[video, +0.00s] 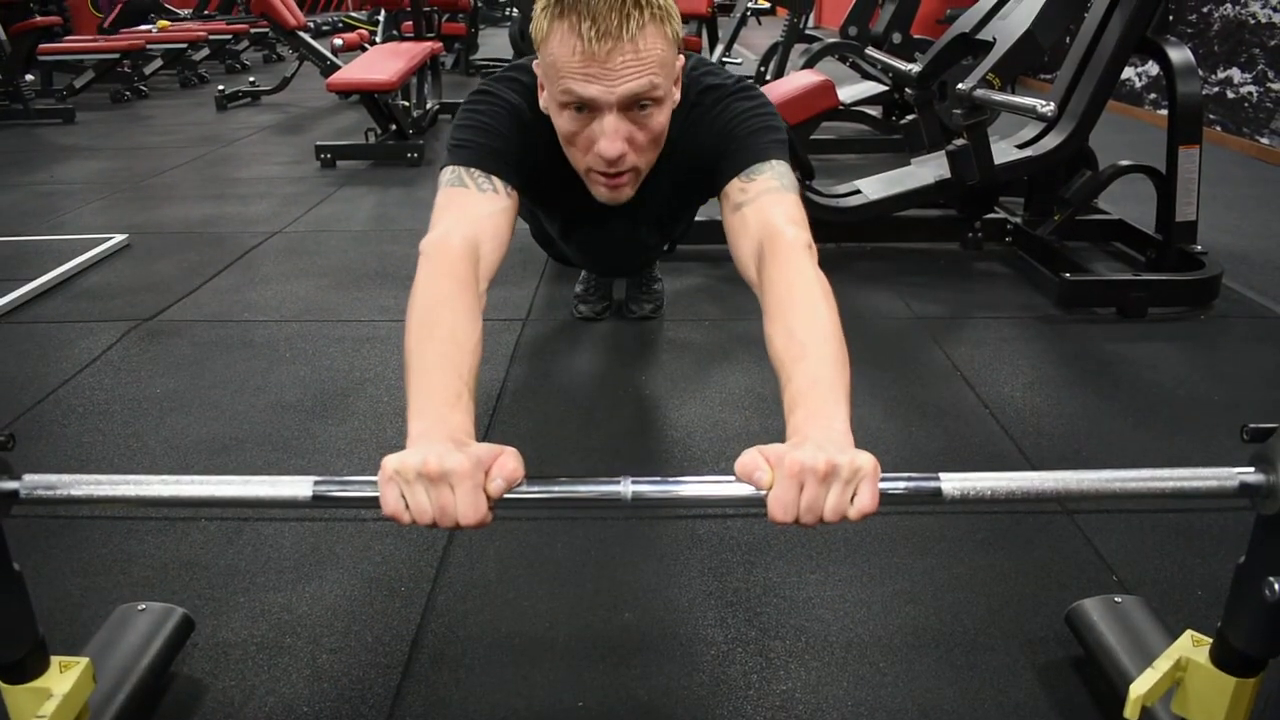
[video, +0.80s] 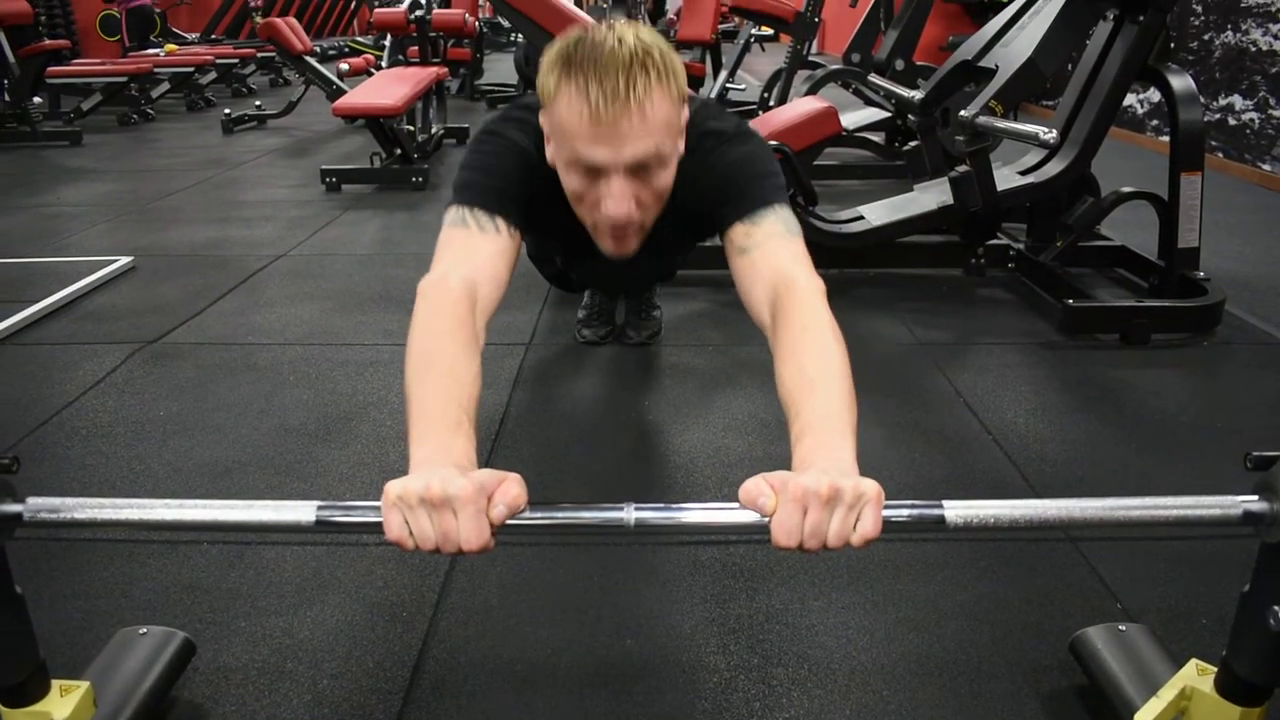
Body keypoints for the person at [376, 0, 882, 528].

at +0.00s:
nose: (611, 144)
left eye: (640, 106)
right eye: (580, 108)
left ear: (679, 73)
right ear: (541, 83)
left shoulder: (729, 109)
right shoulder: (502, 108)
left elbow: (782, 253)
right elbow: (452, 258)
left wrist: (821, 438)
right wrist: (438, 439)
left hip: (655, 223)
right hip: (566, 230)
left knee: (643, 249)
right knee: (585, 254)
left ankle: (641, 275)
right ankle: (595, 274)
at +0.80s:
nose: (618, 201)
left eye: (645, 169)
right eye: (590, 171)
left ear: (681, 132)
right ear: (549, 140)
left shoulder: (727, 151)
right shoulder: (507, 151)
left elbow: (794, 300)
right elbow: (452, 295)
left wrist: (827, 469)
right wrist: (440, 467)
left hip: (665, 247)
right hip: (563, 251)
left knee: (645, 273)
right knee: (582, 280)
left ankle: (638, 298)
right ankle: (599, 297)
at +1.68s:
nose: (627, 621)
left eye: (652, 594)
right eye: (600, 595)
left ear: (693, 516)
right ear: (550, 527)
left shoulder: (738, 440)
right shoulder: (509, 444)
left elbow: (865, 682)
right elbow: (405, 679)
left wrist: (831, 595)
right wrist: (439, 580)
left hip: (682, 272)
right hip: (558, 273)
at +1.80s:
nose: (629, 661)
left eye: (657, 630)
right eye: (600, 633)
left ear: (696, 550)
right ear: (553, 558)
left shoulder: (744, 475)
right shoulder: (511, 477)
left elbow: (872, 705)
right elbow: (403, 703)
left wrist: (832, 598)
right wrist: (438, 583)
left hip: (681, 292)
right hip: (558, 294)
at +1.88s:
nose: (627, 685)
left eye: (655, 658)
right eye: (599, 658)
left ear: (694, 576)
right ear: (550, 582)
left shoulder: (747, 501)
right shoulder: (511, 502)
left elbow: (866, 710)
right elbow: (401, 707)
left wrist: (834, 602)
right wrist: (434, 588)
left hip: (681, 309)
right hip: (555, 310)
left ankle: (647, 274)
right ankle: (596, 275)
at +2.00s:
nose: (628, 716)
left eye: (656, 687)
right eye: (599, 689)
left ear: (693, 599)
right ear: (554, 614)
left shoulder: (750, 528)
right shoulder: (511, 527)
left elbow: (856, 711)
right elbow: (401, 710)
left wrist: (833, 606)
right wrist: (432, 594)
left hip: (682, 340)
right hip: (559, 338)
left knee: (655, 299)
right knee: (587, 299)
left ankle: (641, 278)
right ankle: (597, 279)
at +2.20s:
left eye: (661, 712)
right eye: (596, 713)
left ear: (695, 636)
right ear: (551, 651)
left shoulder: (750, 567)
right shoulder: (504, 561)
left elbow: (855, 713)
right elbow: (409, 711)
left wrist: (835, 611)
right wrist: (432, 599)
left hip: (685, 378)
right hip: (558, 375)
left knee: (658, 324)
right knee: (582, 323)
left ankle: (639, 292)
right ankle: (601, 287)